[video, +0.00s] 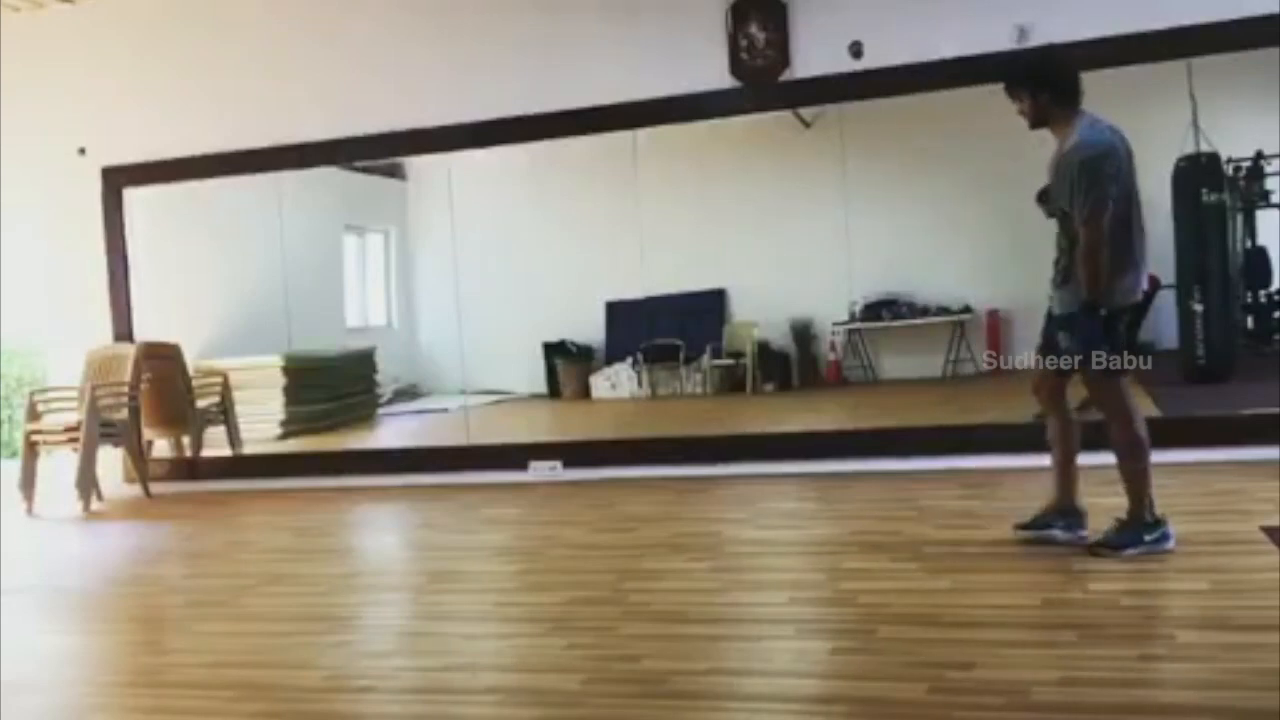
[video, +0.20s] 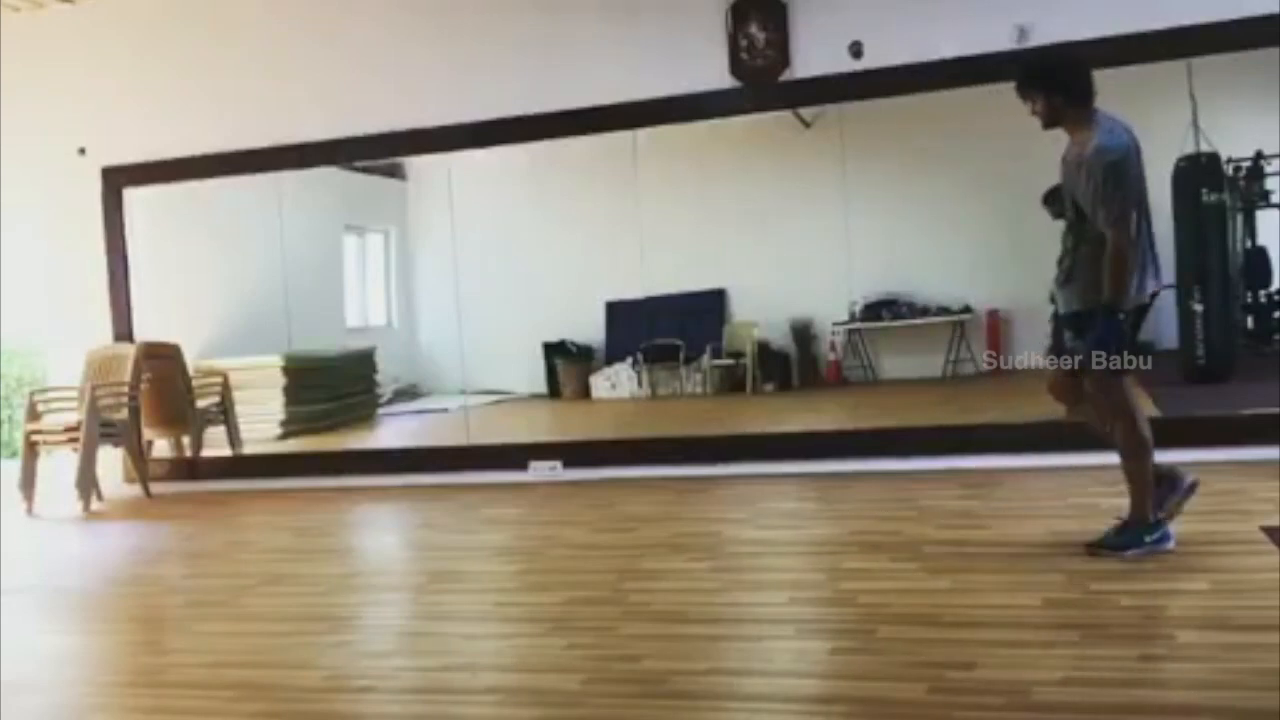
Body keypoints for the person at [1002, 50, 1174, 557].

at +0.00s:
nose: (1016, 108)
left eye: (1019, 97)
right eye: (1014, 99)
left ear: (1045, 95)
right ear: (1054, 95)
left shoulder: (1092, 148)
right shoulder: (1078, 143)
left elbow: (1094, 233)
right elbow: (1092, 225)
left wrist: (1096, 302)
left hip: (1100, 302)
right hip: (1073, 298)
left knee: (1111, 397)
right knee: (1048, 387)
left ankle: (1144, 517)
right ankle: (1065, 507)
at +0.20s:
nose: (1029, 109)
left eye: (1033, 99)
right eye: (1027, 100)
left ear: (1059, 95)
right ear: (1059, 97)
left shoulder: (1107, 148)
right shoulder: (1078, 142)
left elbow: (1122, 235)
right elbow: (1095, 216)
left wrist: (1115, 308)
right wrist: (1069, 205)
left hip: (1110, 300)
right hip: (1080, 296)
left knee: (1114, 399)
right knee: (1065, 387)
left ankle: (1143, 519)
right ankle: (1160, 477)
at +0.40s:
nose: (1041, 108)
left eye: (1044, 98)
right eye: (1039, 98)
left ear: (1068, 97)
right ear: (1076, 95)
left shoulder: (1111, 158)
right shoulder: (1094, 134)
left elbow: (1123, 247)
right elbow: (1101, 197)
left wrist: (1121, 316)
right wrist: (1074, 199)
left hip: (1107, 302)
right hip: (1081, 295)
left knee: (1117, 400)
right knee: (1072, 389)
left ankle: (1145, 518)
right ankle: (1187, 452)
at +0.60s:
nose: (1039, 104)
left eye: (1043, 94)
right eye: (1037, 95)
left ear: (1069, 93)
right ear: (1075, 92)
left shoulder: (1113, 151)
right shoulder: (1086, 136)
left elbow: (1116, 243)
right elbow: (1102, 202)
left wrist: (1109, 318)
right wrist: (1075, 202)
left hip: (1115, 298)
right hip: (1084, 290)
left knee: (1118, 396)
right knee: (1063, 386)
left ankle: (1145, 517)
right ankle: (1154, 470)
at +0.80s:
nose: (1032, 105)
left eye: (1036, 94)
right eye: (1031, 95)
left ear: (1061, 92)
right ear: (1068, 91)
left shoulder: (1105, 149)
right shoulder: (1081, 139)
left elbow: (1112, 238)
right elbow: (1096, 213)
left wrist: (1098, 306)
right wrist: (1068, 206)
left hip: (1115, 298)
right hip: (1083, 292)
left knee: (1118, 394)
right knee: (1052, 384)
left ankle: (1146, 518)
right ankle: (1103, 488)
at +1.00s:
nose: (1017, 109)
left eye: (1019, 98)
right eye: (1015, 99)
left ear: (1041, 95)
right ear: (1057, 91)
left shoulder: (1073, 147)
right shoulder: (1093, 134)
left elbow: (1082, 229)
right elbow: (1105, 220)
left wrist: (1068, 293)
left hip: (1101, 298)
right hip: (1107, 292)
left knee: (1114, 401)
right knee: (1054, 394)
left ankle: (1145, 519)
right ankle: (1024, 504)